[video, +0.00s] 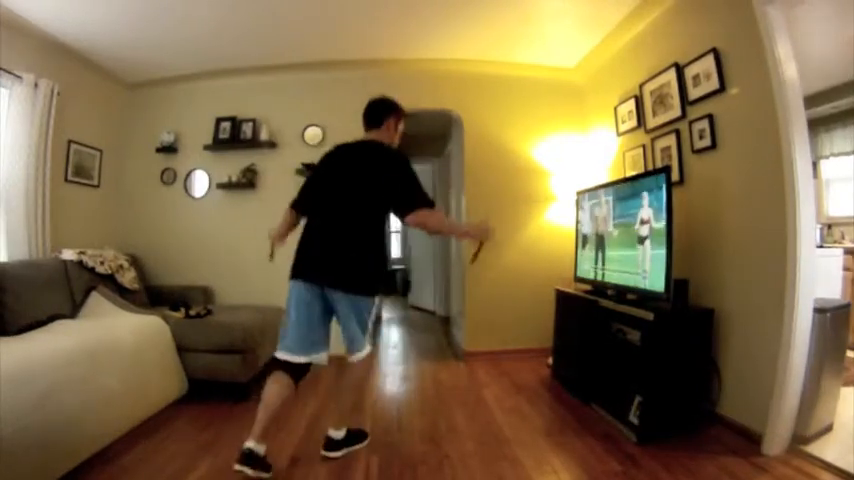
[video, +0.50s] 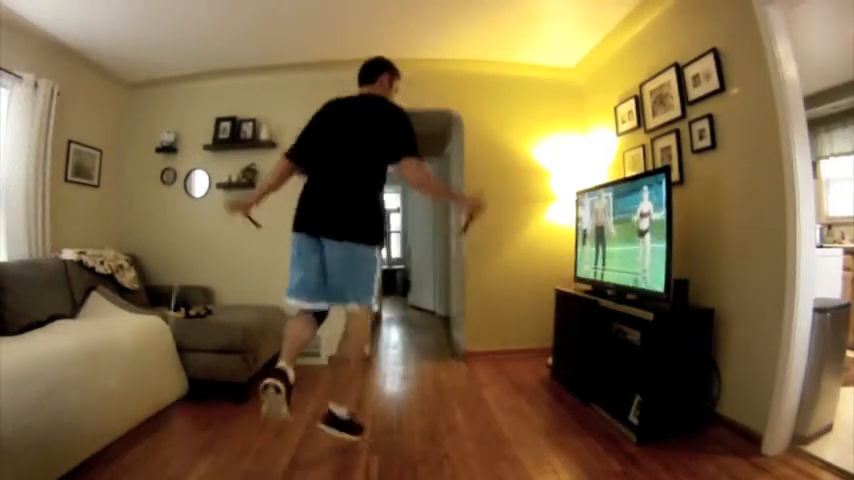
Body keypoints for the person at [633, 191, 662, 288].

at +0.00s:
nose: (644, 201)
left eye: (645, 199)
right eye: (643, 199)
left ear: (648, 200)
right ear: (641, 200)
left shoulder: (649, 211)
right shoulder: (641, 211)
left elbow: (653, 224)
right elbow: (637, 223)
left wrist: (661, 224)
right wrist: (637, 226)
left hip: (647, 235)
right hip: (640, 235)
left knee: (647, 254)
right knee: (640, 255)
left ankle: (646, 270)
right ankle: (640, 269)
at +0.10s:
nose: (644, 206)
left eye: (645, 204)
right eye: (643, 204)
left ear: (648, 205)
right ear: (642, 205)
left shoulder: (650, 216)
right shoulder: (641, 216)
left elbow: (652, 227)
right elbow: (638, 227)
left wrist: (654, 234)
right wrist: (636, 237)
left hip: (647, 231)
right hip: (641, 232)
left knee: (647, 253)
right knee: (640, 252)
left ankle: (647, 271)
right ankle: (640, 270)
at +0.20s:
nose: (645, 210)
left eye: (647, 209)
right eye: (644, 209)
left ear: (649, 210)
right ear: (642, 210)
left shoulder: (650, 220)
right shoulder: (641, 220)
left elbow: (652, 233)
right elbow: (639, 232)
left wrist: (658, 242)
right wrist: (636, 242)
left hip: (648, 238)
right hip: (641, 238)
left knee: (648, 257)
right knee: (641, 258)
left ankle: (647, 273)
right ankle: (640, 273)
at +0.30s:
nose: (645, 206)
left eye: (647, 204)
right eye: (644, 204)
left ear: (649, 205)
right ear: (642, 206)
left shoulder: (650, 216)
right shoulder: (642, 216)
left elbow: (652, 229)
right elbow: (639, 227)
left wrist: (659, 236)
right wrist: (636, 237)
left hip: (648, 235)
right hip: (641, 235)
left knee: (648, 256)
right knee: (640, 256)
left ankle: (647, 273)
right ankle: (640, 272)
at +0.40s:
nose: (645, 197)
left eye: (646, 195)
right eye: (644, 195)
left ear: (648, 196)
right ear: (642, 196)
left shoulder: (650, 208)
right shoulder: (641, 208)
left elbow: (653, 220)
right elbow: (638, 220)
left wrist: (661, 221)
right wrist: (635, 225)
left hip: (647, 235)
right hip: (640, 236)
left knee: (648, 255)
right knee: (640, 256)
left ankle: (647, 274)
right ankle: (639, 273)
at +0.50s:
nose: (645, 194)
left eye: (646, 192)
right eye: (643, 192)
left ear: (648, 194)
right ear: (641, 194)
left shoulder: (650, 205)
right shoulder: (640, 205)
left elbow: (652, 217)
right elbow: (635, 219)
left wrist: (661, 215)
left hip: (647, 230)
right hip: (640, 230)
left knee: (647, 251)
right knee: (640, 252)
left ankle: (646, 271)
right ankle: (639, 271)